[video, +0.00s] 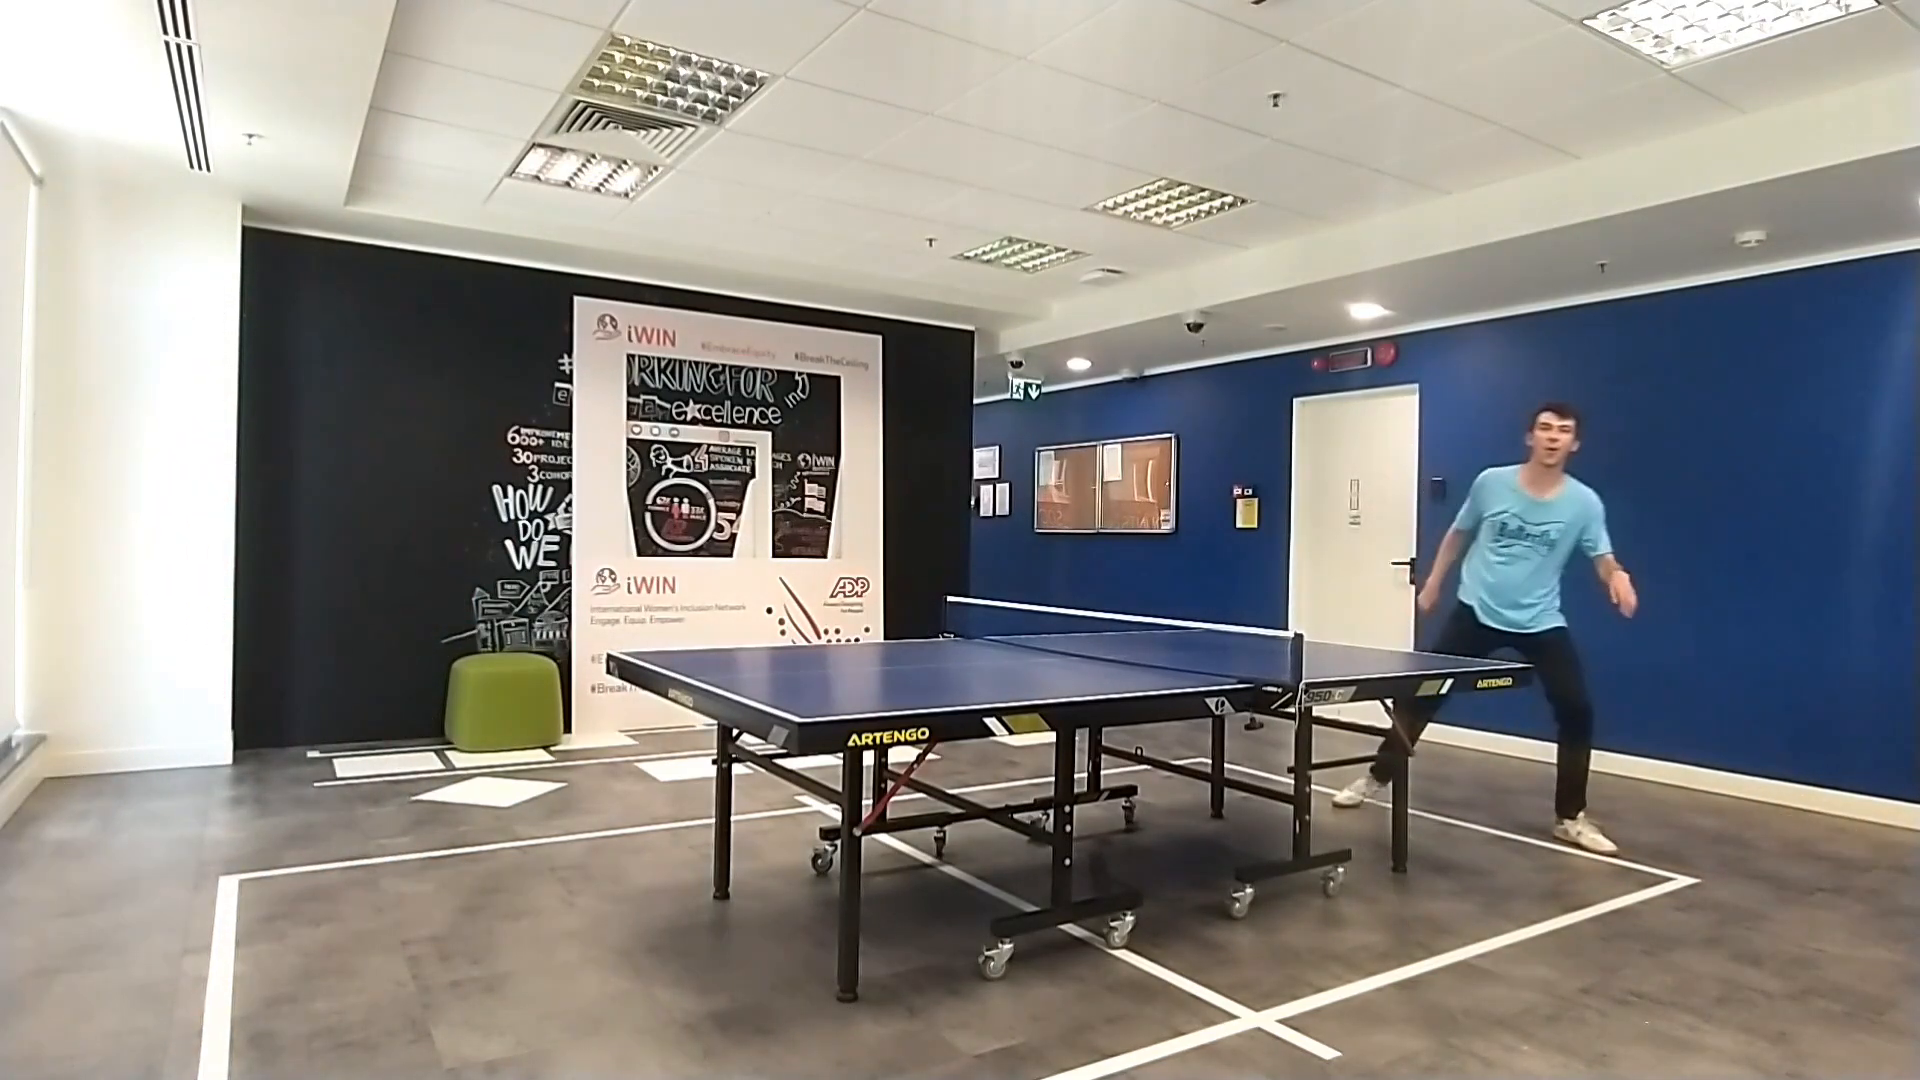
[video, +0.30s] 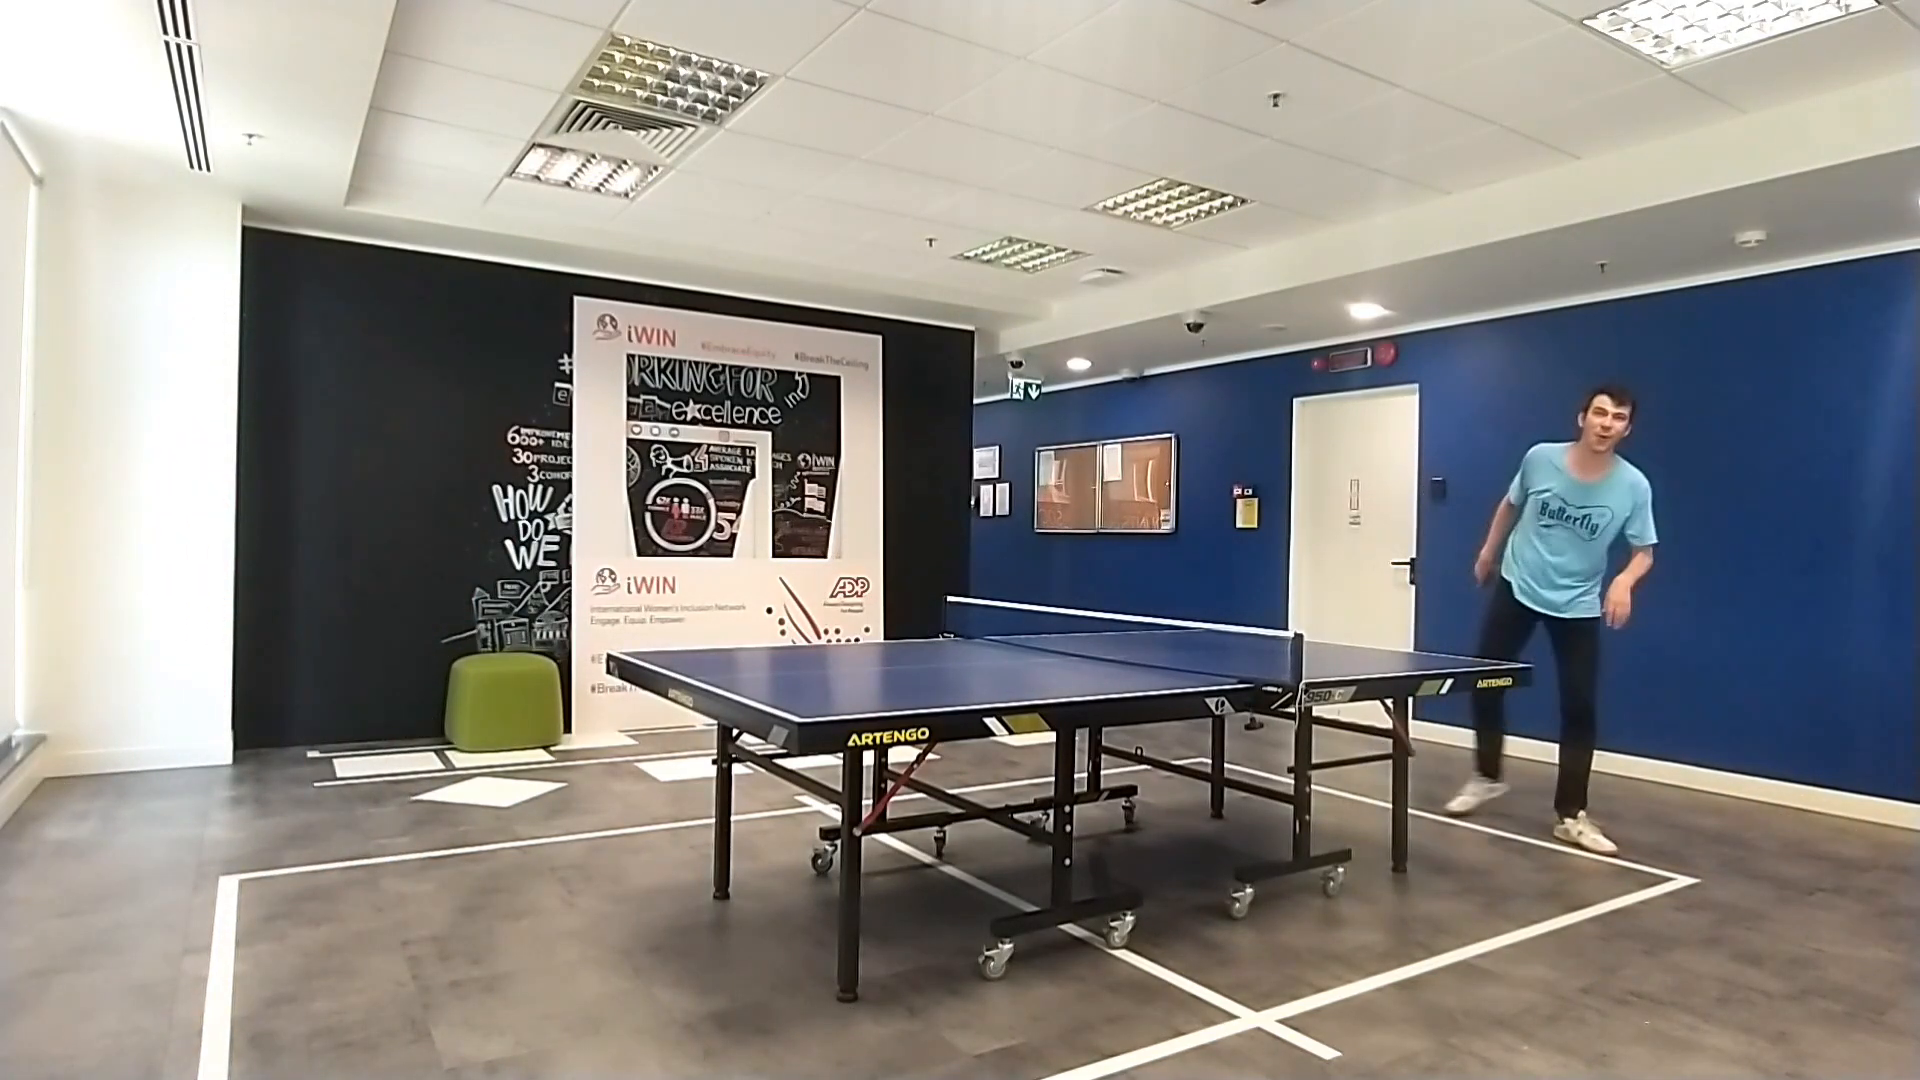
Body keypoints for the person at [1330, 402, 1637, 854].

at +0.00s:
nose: (1554, 437)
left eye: (1563, 431)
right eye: (1546, 429)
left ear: (1574, 442)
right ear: (1530, 436)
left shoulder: (1585, 503)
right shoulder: (1491, 482)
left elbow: (1603, 557)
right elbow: (1457, 533)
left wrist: (1615, 577)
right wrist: (1432, 584)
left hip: (1540, 621)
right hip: (1476, 612)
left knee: (1577, 709)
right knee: (1422, 693)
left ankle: (1570, 818)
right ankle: (1374, 780)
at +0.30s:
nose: (1607, 423)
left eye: (1618, 418)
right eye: (1600, 413)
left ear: (1628, 429)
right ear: (1582, 417)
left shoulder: (1633, 486)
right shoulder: (1541, 458)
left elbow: (1645, 550)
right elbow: (1511, 503)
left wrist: (1624, 582)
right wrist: (1488, 551)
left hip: (1577, 604)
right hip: (1517, 589)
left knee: (1579, 706)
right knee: (1485, 679)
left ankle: (1571, 815)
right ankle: (1487, 776)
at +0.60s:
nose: (1599, 411)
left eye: (1608, 404)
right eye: (1591, 402)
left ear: (1617, 414)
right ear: (1574, 409)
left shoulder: (1636, 469)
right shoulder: (1548, 462)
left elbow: (1669, 530)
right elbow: (1534, 520)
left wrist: (1630, 567)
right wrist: (1523, 566)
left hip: (1601, 610)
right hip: (1546, 600)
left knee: (1589, 708)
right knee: (1540, 696)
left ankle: (1572, 813)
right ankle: (1584, 758)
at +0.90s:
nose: (1564, 427)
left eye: (1569, 418)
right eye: (1553, 423)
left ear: (1583, 421)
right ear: (1544, 433)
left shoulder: (1624, 462)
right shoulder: (1550, 483)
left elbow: (1687, 499)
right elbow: (1557, 541)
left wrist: (1659, 550)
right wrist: (1567, 580)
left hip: (1618, 601)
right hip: (1570, 603)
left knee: (1599, 700)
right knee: (1584, 701)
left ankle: (1585, 810)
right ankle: (1617, 788)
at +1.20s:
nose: (1562, 433)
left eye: (1566, 423)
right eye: (1551, 430)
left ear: (1580, 423)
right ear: (1544, 441)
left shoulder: (1623, 454)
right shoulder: (1556, 488)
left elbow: (1695, 466)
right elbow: (1569, 543)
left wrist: (1673, 515)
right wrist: (1586, 574)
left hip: (1640, 583)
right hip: (1590, 594)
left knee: (1651, 688)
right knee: (1602, 692)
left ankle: (1674, 805)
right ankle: (1617, 793)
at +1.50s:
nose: (1615, 426)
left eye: (1620, 418)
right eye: (1604, 420)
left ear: (1630, 420)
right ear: (1588, 428)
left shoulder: (1661, 456)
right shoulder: (1578, 482)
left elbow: (1717, 483)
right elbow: (1579, 541)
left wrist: (1703, 527)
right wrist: (1580, 594)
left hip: (1666, 591)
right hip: (1607, 596)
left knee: (1687, 693)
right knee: (1612, 694)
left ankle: (1712, 798)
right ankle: (1617, 793)